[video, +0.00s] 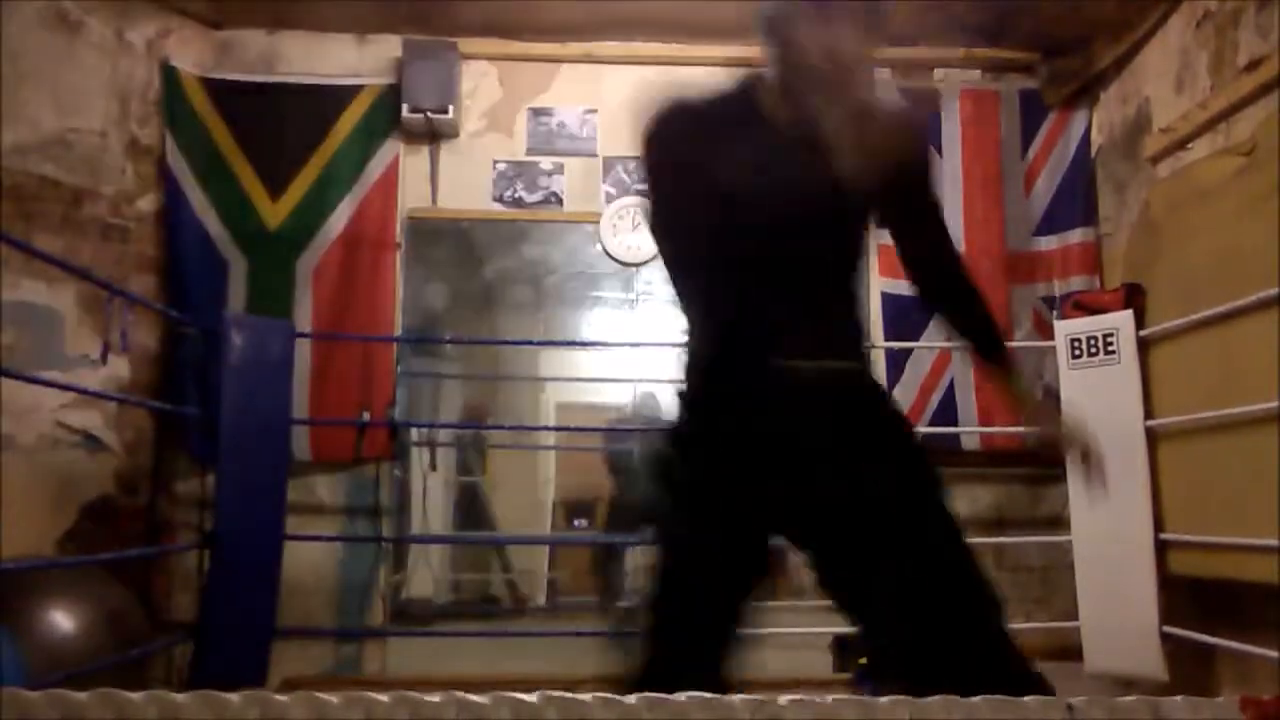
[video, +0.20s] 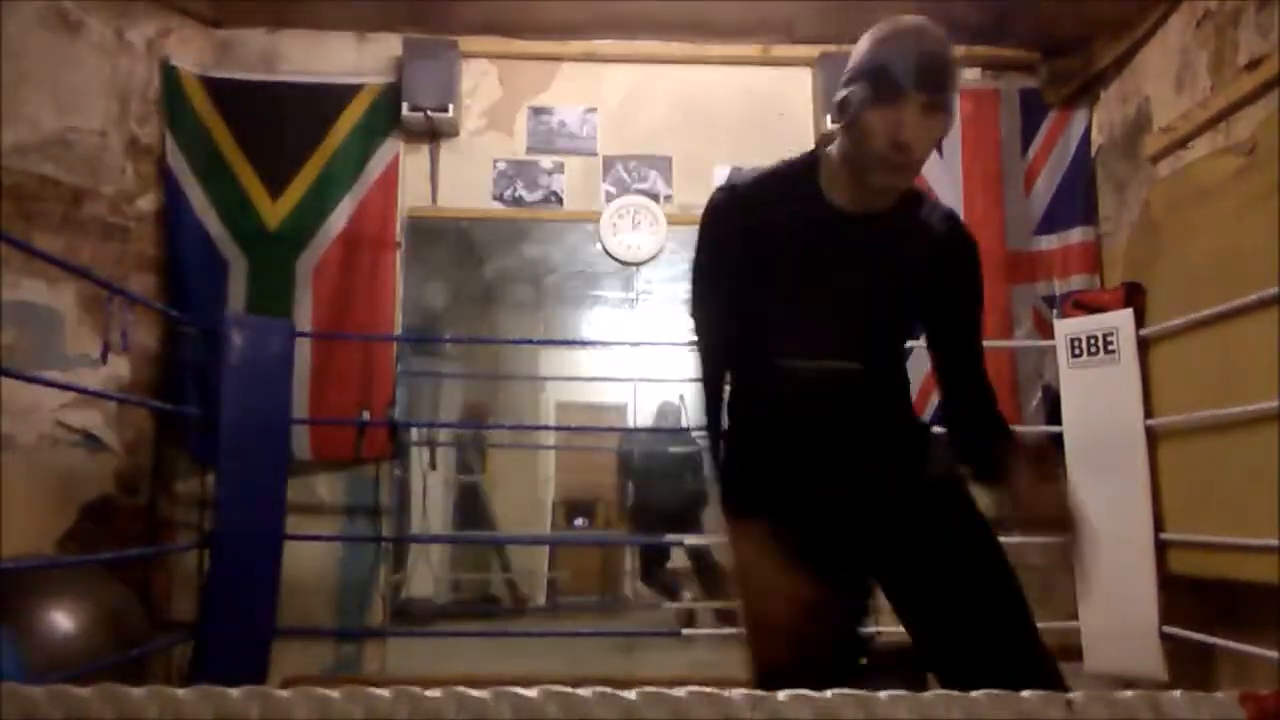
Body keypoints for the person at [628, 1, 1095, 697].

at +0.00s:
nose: (840, 44)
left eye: (855, 25)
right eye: (822, 20)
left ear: (871, 39)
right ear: (777, 30)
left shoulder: (877, 136)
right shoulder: (691, 135)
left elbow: (936, 268)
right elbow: (710, 298)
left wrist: (1024, 394)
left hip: (845, 423)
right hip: (730, 426)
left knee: (961, 648)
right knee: (679, 667)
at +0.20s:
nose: (907, 130)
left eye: (929, 109)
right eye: (887, 102)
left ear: (946, 124)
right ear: (845, 103)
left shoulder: (939, 243)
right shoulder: (743, 214)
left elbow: (964, 399)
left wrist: (1013, 469)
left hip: (893, 470)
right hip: (774, 472)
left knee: (1014, 680)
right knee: (801, 698)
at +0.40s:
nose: (767, 70)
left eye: (781, 56)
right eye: (752, 53)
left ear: (796, 69)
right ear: (724, 64)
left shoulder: (818, 150)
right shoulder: (663, 143)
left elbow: (894, 147)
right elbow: (551, 180)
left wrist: (833, 56)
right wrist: (469, 225)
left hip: (788, 408)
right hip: (686, 405)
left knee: (879, 606)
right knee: (568, 579)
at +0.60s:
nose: (610, 115)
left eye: (625, 100)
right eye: (597, 100)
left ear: (651, 111)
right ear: (582, 110)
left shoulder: (692, 202)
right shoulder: (539, 195)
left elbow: (722, 243)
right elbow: (427, 248)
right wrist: (343, 260)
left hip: (659, 429)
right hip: (564, 427)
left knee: (728, 589)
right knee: (473, 593)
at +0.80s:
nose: (542, 217)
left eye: (557, 200)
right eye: (528, 200)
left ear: (582, 209)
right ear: (508, 209)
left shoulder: (632, 293)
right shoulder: (481, 297)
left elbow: (643, 413)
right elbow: (456, 401)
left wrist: (642, 517)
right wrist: (428, 496)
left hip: (604, 495)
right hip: (509, 490)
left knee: (633, 664)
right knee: (423, 647)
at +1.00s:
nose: (641, 155)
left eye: (650, 143)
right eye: (629, 143)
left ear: (664, 153)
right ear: (607, 152)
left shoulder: (690, 213)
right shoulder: (573, 220)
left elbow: (775, 240)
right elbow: (588, 303)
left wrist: (804, 313)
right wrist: (669, 242)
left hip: (683, 425)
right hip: (603, 428)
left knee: (788, 562)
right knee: (531, 580)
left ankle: (769, 701)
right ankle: (443, 707)